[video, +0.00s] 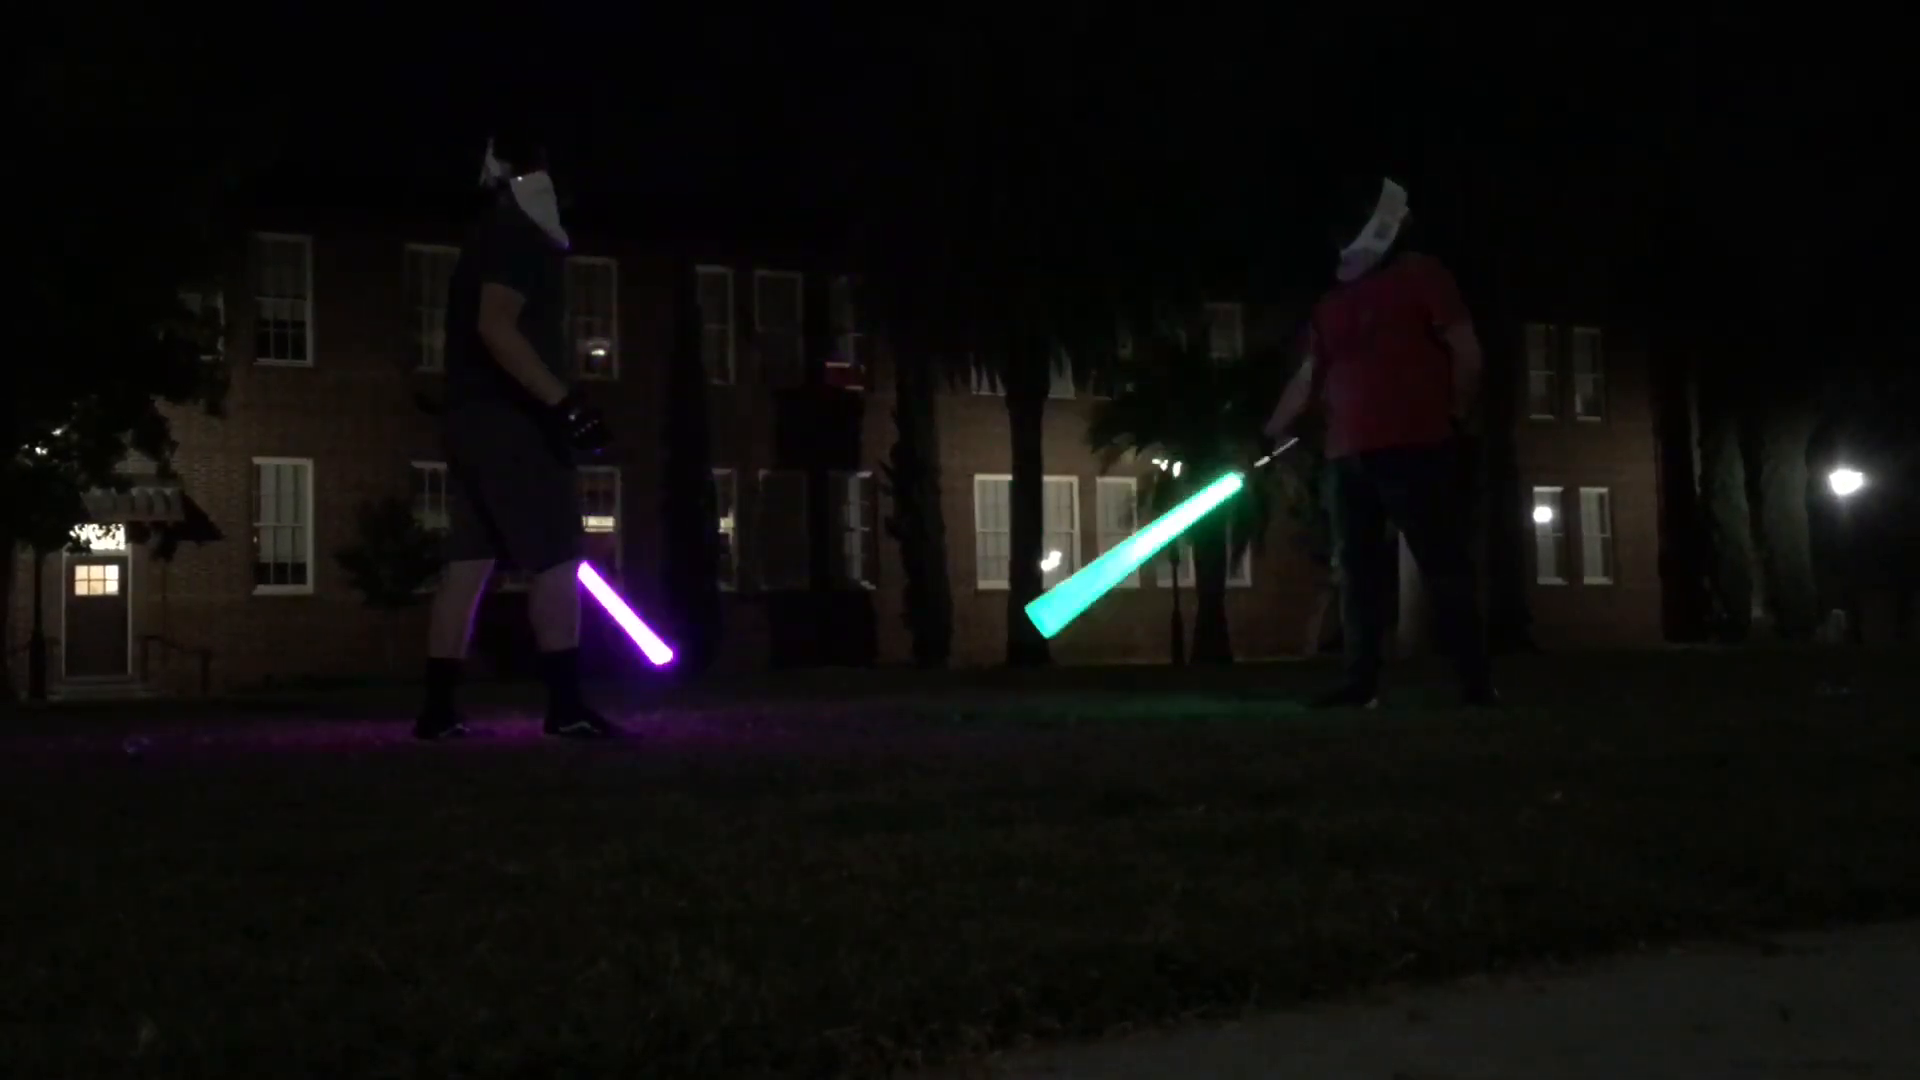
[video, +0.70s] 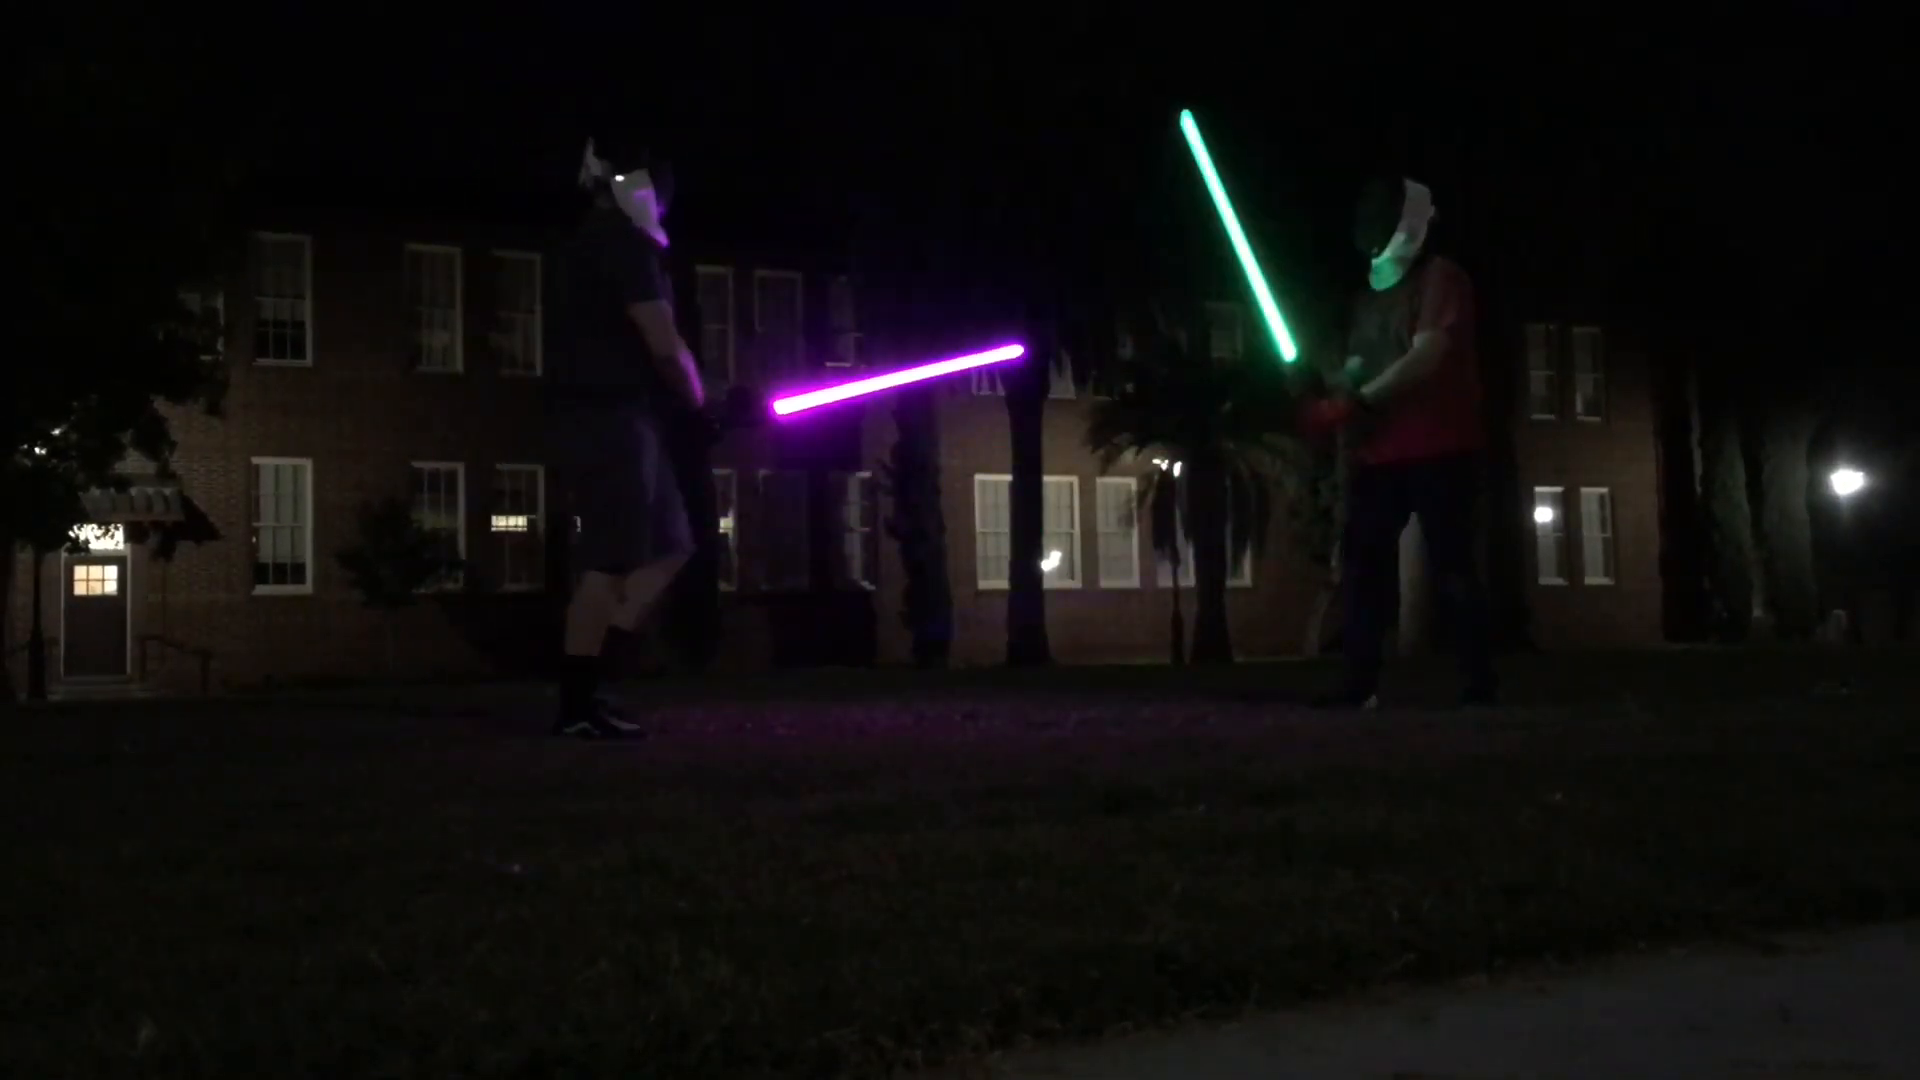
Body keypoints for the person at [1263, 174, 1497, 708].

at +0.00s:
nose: (1353, 240)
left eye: (1363, 228)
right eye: (1351, 229)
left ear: (1384, 228)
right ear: (1351, 233)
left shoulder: (1419, 276)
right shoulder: (1337, 300)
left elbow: (1466, 352)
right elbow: (1308, 377)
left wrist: (1456, 411)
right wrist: (1273, 430)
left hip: (1421, 448)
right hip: (1353, 457)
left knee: (1444, 568)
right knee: (1361, 572)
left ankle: (1470, 678)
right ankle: (1359, 679)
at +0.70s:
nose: (1374, 236)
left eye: (1386, 223)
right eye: (1371, 225)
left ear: (1413, 225)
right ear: (1369, 230)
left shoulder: (1438, 278)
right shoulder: (1372, 296)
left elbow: (1429, 352)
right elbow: (1359, 363)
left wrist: (1362, 397)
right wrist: (1329, 386)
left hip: (1439, 453)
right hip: (1380, 455)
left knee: (1451, 569)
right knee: (1366, 567)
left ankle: (1472, 679)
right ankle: (1359, 679)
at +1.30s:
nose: (1368, 262)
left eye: (1382, 252)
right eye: (1366, 250)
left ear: (1407, 260)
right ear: (1360, 258)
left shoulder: (1425, 312)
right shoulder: (1350, 329)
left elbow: (1372, 372)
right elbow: (1316, 393)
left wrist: (1303, 415)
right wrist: (1254, 411)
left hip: (1434, 479)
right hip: (1373, 482)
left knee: (1473, 586)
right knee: (1319, 563)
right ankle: (1311, 682)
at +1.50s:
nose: (1449, 282)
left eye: (1460, 271)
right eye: (1450, 273)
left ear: (1485, 274)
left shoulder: (1502, 310)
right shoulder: (1441, 330)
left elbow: (1431, 331)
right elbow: (1406, 398)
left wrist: (1367, 343)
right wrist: (1338, 392)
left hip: (1495, 482)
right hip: (1436, 485)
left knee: (1548, 598)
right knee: (1373, 584)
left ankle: (1640, 688)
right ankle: (1317, 690)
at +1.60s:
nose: (1491, 275)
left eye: (1502, 266)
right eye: (1486, 267)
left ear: (1527, 262)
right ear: (1484, 271)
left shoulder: (1554, 301)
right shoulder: (1474, 325)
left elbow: (1499, 277)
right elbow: (1444, 359)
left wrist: (1430, 280)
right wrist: (1398, 341)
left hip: (1550, 466)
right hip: (1484, 471)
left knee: (1587, 586)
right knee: (1431, 580)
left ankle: (1644, 687)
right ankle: (1361, 678)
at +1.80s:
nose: (1564, 226)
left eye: (1573, 217)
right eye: (1553, 220)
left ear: (1580, 222)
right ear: (1540, 229)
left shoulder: (1602, 254)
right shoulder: (1522, 280)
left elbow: (1579, 184)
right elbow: (1494, 245)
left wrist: (1516, 154)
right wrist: (1474, 181)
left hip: (1614, 412)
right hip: (1548, 419)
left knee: (1642, 551)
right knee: (1542, 555)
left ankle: (1650, 674)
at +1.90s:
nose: (1596, 222)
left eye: (1600, 210)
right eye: (1584, 214)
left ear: (1607, 215)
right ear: (1566, 223)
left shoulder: (1633, 252)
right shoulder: (1543, 272)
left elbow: (1616, 181)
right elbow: (1500, 215)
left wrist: (1566, 131)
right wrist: (1497, 149)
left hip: (1644, 421)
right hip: (1576, 427)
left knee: (1690, 526)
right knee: (1572, 560)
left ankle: (1695, 653)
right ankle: (1573, 679)